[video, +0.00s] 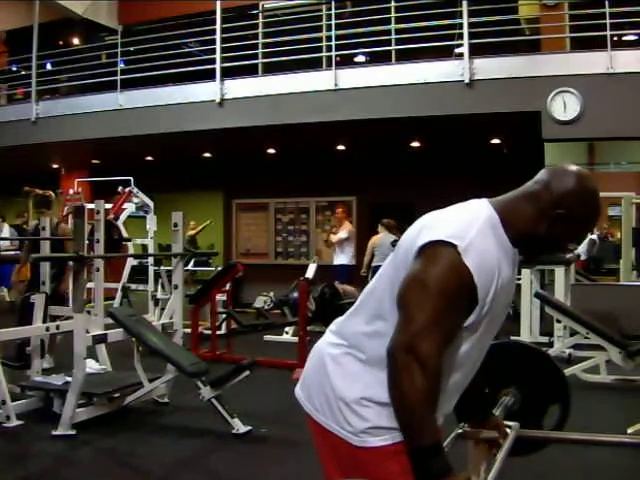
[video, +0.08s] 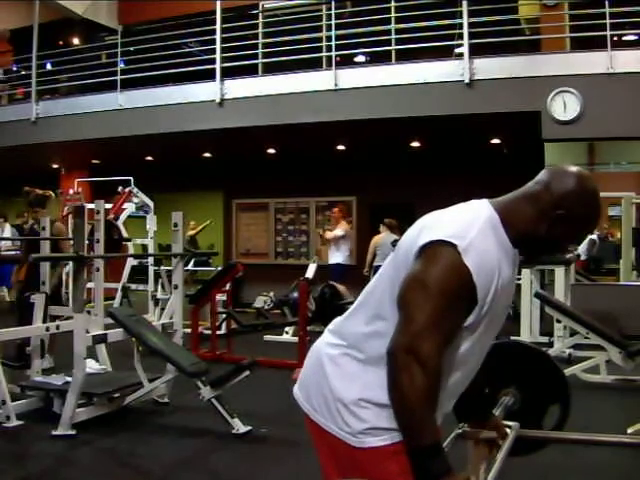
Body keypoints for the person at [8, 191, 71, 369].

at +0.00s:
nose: (43, 215)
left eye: (44, 211)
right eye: (40, 211)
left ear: (47, 209)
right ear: (41, 210)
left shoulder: (61, 230)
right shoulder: (34, 229)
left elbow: (69, 256)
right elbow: (27, 252)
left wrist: (66, 279)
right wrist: (17, 272)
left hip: (57, 277)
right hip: (37, 276)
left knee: (54, 315)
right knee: (31, 312)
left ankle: (49, 353)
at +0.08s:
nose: (35, 214)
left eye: (38, 210)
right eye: (32, 210)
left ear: (46, 209)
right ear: (30, 210)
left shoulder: (57, 228)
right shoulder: (29, 228)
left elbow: (67, 254)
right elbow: (25, 254)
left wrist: (57, 275)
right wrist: (18, 273)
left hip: (51, 274)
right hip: (31, 274)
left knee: (50, 313)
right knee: (26, 311)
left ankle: (47, 352)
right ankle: (24, 351)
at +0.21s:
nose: (24, 217)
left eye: (26, 213)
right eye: (21, 214)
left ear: (35, 211)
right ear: (19, 214)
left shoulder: (48, 229)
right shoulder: (20, 231)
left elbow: (57, 254)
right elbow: (17, 256)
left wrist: (46, 272)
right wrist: (11, 278)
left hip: (40, 278)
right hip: (21, 278)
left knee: (41, 316)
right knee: (21, 315)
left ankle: (44, 353)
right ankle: (20, 353)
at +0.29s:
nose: (16, 219)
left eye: (19, 215)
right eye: (13, 215)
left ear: (28, 212)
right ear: (11, 216)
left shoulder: (41, 231)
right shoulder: (16, 232)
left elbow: (50, 256)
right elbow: (13, 253)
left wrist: (41, 271)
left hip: (32, 281)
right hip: (15, 281)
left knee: (29, 317)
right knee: (16, 317)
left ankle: (26, 354)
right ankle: (17, 353)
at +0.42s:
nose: (8, 219)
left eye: (11, 215)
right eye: (6, 215)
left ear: (21, 212)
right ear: (4, 216)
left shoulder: (33, 230)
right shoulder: (6, 232)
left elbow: (43, 256)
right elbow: (5, 253)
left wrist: (34, 275)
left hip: (24, 281)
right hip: (7, 281)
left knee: (23, 318)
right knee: (8, 318)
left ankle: (22, 356)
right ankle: (9, 356)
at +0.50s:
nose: (4, 218)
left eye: (6, 214)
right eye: (3, 214)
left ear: (14, 211)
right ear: (3, 213)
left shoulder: (30, 228)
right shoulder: (3, 228)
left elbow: (41, 256)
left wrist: (31, 276)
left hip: (21, 282)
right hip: (3, 281)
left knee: (21, 320)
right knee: (5, 320)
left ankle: (18, 357)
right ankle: (7, 357)